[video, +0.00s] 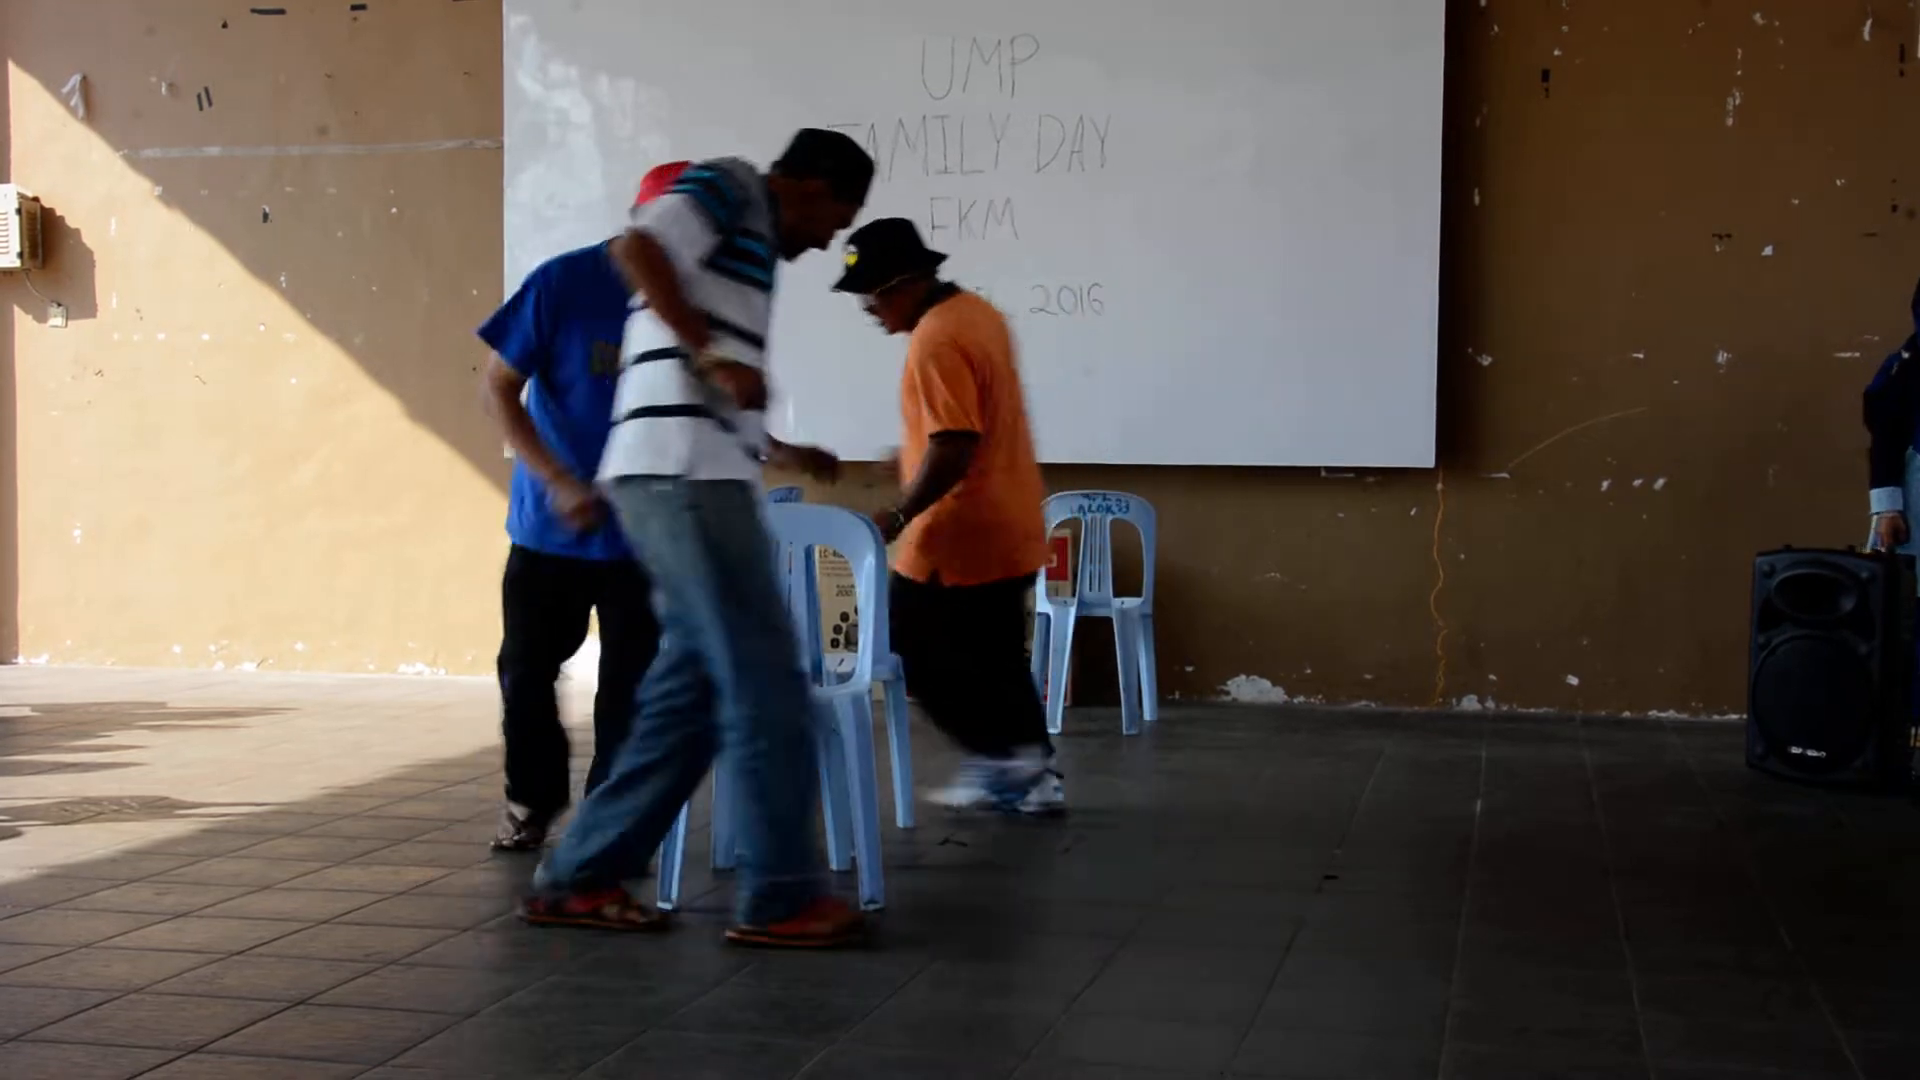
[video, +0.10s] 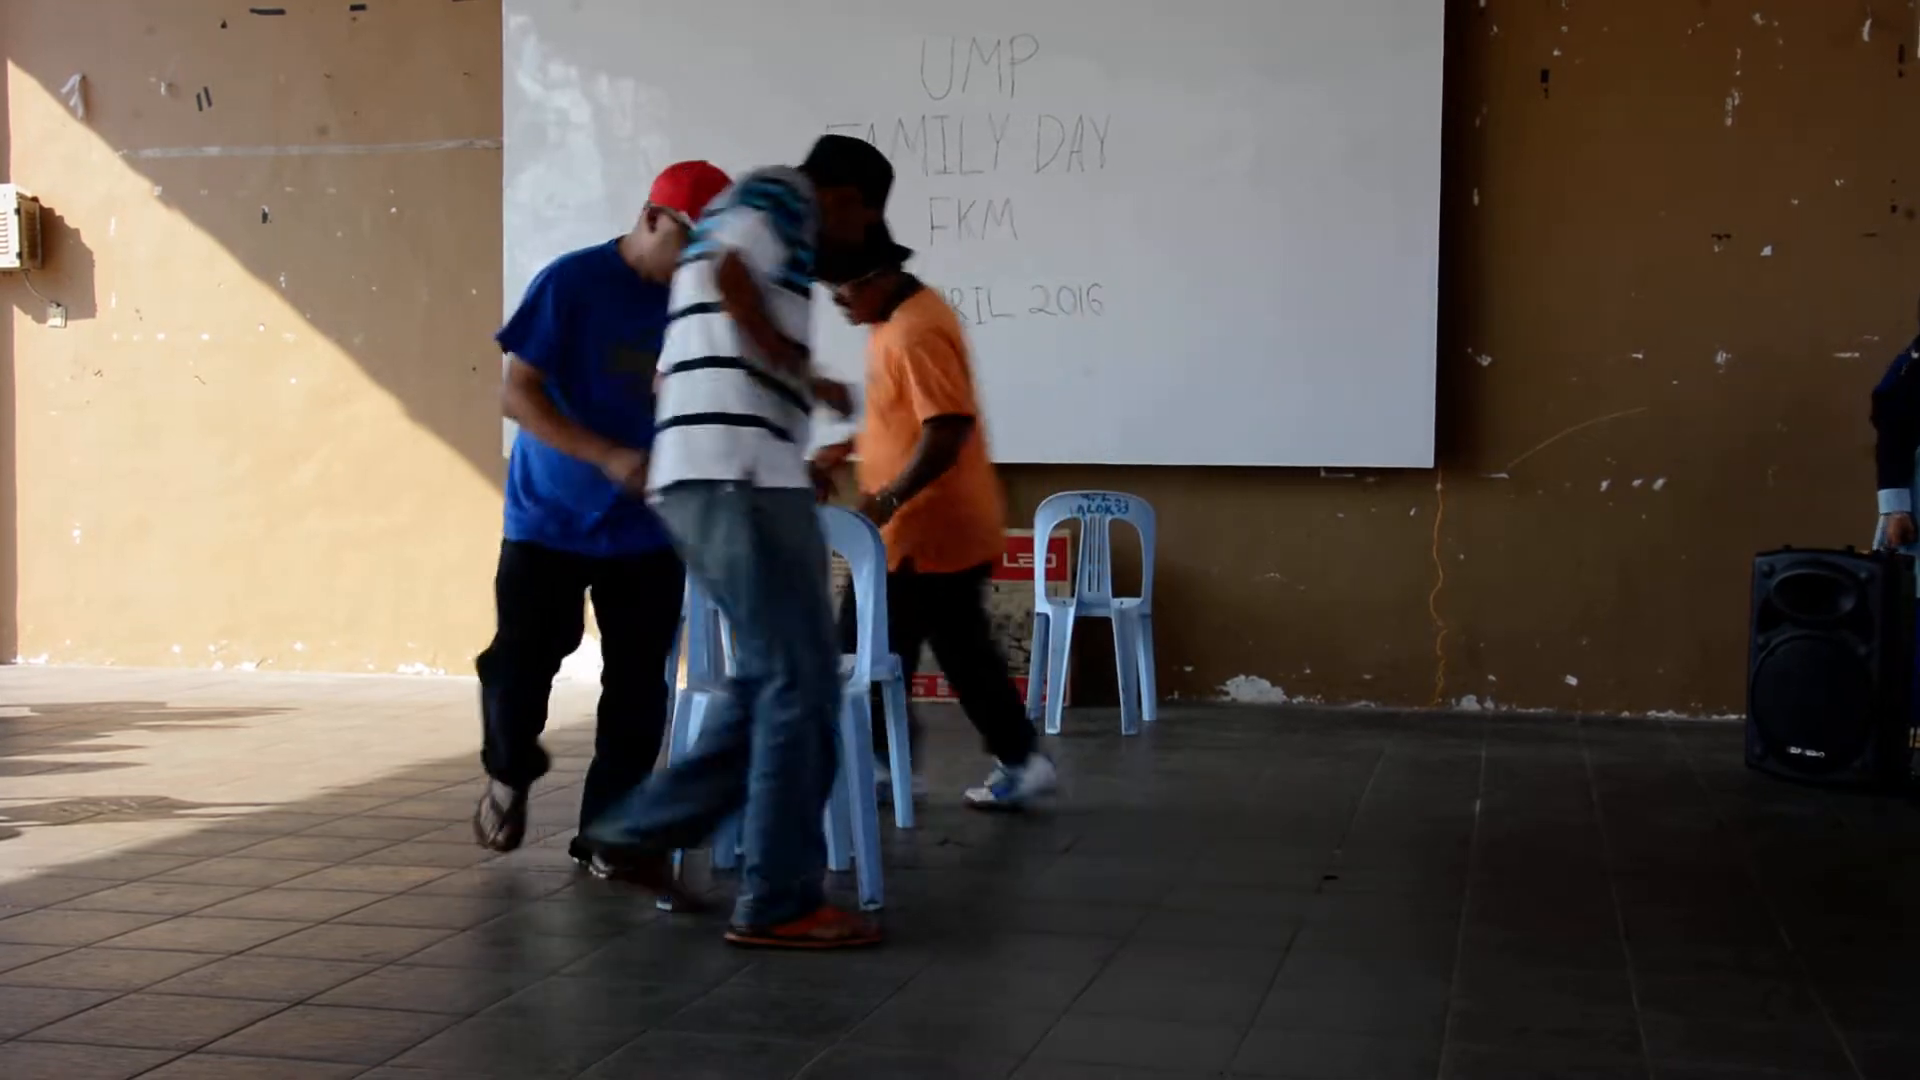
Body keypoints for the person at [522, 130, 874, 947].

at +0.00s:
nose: (829, 239)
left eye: (838, 227)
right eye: (834, 220)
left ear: (806, 189)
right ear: (808, 187)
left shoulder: (749, 244)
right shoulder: (727, 187)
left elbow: (701, 381)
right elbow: (635, 248)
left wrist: (780, 452)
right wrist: (708, 349)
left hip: (691, 476)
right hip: (679, 472)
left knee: (690, 682)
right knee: (765, 679)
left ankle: (575, 877)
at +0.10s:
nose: (861, 244)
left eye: (871, 231)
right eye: (868, 225)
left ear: (834, 195)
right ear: (844, 198)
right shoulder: (778, 197)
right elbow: (723, 269)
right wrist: (799, 372)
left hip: (705, 478)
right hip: (733, 476)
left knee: (775, 683)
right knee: (802, 682)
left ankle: (637, 837)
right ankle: (777, 902)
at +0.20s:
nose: (886, 240)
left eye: (891, 228)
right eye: (890, 223)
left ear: (832, 178)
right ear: (876, 197)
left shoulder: (744, 229)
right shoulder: (837, 195)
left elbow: (672, 361)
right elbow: (826, 283)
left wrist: (737, 428)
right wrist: (903, 374)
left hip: (727, 481)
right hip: (779, 476)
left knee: (835, 676)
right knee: (845, 678)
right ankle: (781, 898)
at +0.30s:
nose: (909, 233)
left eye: (907, 222)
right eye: (910, 218)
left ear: (851, 187)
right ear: (897, 199)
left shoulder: (756, 245)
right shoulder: (874, 198)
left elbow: (691, 365)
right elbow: (911, 288)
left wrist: (765, 415)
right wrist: (955, 363)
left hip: (752, 478)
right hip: (819, 465)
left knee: (860, 682)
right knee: (898, 684)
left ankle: (861, 881)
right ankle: (813, 879)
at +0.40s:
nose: (931, 235)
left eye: (927, 229)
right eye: (925, 222)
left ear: (855, 199)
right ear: (908, 204)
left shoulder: (781, 250)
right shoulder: (895, 211)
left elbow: (718, 379)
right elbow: (976, 316)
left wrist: (782, 431)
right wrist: (1000, 377)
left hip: (776, 489)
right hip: (850, 475)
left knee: (872, 677)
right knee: (951, 679)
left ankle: (856, 880)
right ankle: (899, 883)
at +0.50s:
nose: (949, 248)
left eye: (946, 241)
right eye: (944, 236)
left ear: (872, 213)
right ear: (926, 218)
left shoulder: (794, 267)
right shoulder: (919, 226)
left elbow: (734, 396)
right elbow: (1012, 342)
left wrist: (807, 445)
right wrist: (1017, 387)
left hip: (805, 501)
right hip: (876, 487)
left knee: (940, 667)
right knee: (978, 680)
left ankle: (911, 846)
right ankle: (927, 893)